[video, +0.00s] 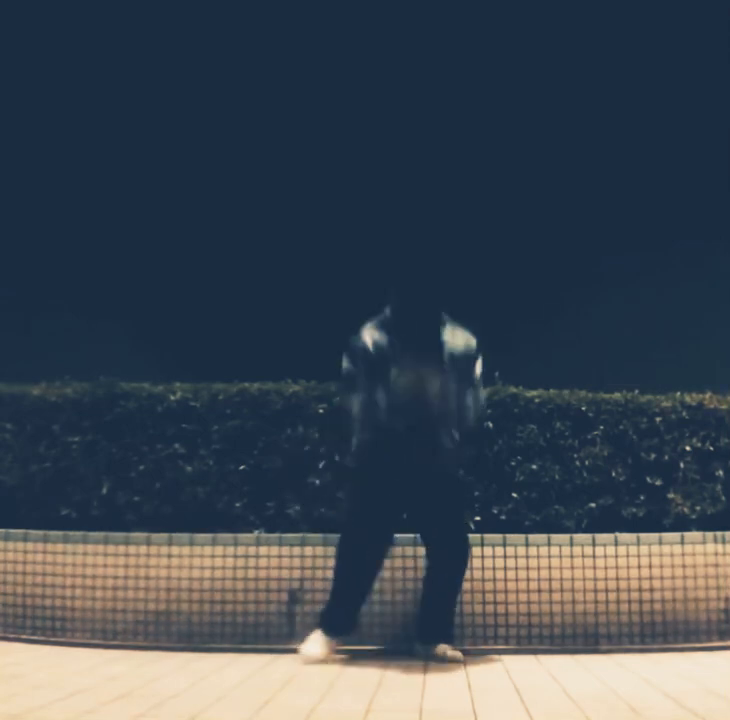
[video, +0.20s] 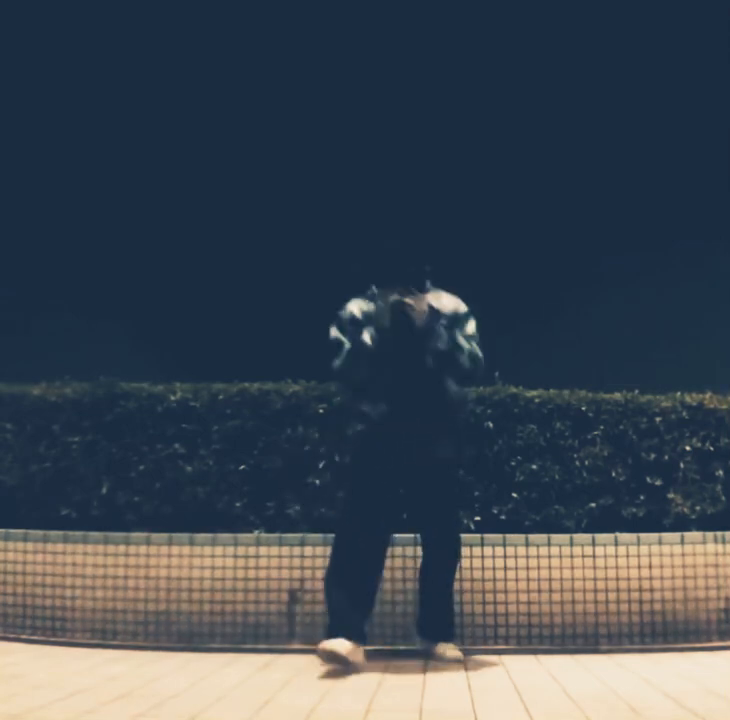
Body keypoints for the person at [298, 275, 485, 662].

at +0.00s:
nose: (418, 314)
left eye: (426, 304)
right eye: (409, 303)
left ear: (437, 303)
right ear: (395, 301)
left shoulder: (460, 345)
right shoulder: (370, 343)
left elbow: (470, 414)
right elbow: (354, 409)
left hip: (437, 465)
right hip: (379, 463)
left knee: (451, 547)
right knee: (361, 544)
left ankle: (434, 637)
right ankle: (332, 629)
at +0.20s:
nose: (411, 283)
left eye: (419, 276)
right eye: (401, 275)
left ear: (431, 273)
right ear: (385, 272)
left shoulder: (452, 311)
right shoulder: (361, 311)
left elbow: (475, 369)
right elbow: (344, 371)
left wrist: (437, 327)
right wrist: (386, 332)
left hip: (437, 445)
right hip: (375, 443)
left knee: (441, 541)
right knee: (361, 536)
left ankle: (439, 637)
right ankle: (346, 635)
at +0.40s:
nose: (383, 293)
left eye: (392, 285)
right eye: (375, 285)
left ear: (403, 278)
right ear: (361, 278)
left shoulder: (434, 318)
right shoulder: (337, 320)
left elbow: (451, 385)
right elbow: (314, 387)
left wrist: (415, 342)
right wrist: (356, 341)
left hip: (423, 451)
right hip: (360, 453)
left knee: (459, 527)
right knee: (352, 545)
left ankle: (441, 621)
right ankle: (352, 652)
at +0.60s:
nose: (383, 264)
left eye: (392, 254)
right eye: (374, 254)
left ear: (405, 255)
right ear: (357, 254)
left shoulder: (433, 304)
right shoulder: (329, 309)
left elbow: (469, 362)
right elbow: (298, 371)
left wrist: (432, 355)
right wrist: (346, 366)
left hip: (430, 449)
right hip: (361, 452)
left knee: (459, 543)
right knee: (358, 552)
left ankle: (489, 641)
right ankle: (350, 653)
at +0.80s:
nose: (396, 249)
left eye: (404, 239)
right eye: (387, 240)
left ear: (418, 240)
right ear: (372, 242)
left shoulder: (449, 296)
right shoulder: (346, 297)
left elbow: (482, 358)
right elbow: (314, 361)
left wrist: (447, 360)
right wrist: (353, 388)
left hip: (441, 438)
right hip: (373, 439)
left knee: (476, 538)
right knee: (366, 542)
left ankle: (510, 645)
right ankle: (349, 653)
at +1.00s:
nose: (414, 257)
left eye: (421, 247)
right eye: (405, 248)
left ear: (436, 246)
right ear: (389, 249)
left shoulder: (469, 302)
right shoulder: (364, 307)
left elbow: (495, 366)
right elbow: (344, 377)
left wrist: (455, 367)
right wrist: (374, 408)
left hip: (458, 448)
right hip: (390, 449)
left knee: (482, 548)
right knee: (374, 550)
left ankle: (507, 650)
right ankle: (351, 653)